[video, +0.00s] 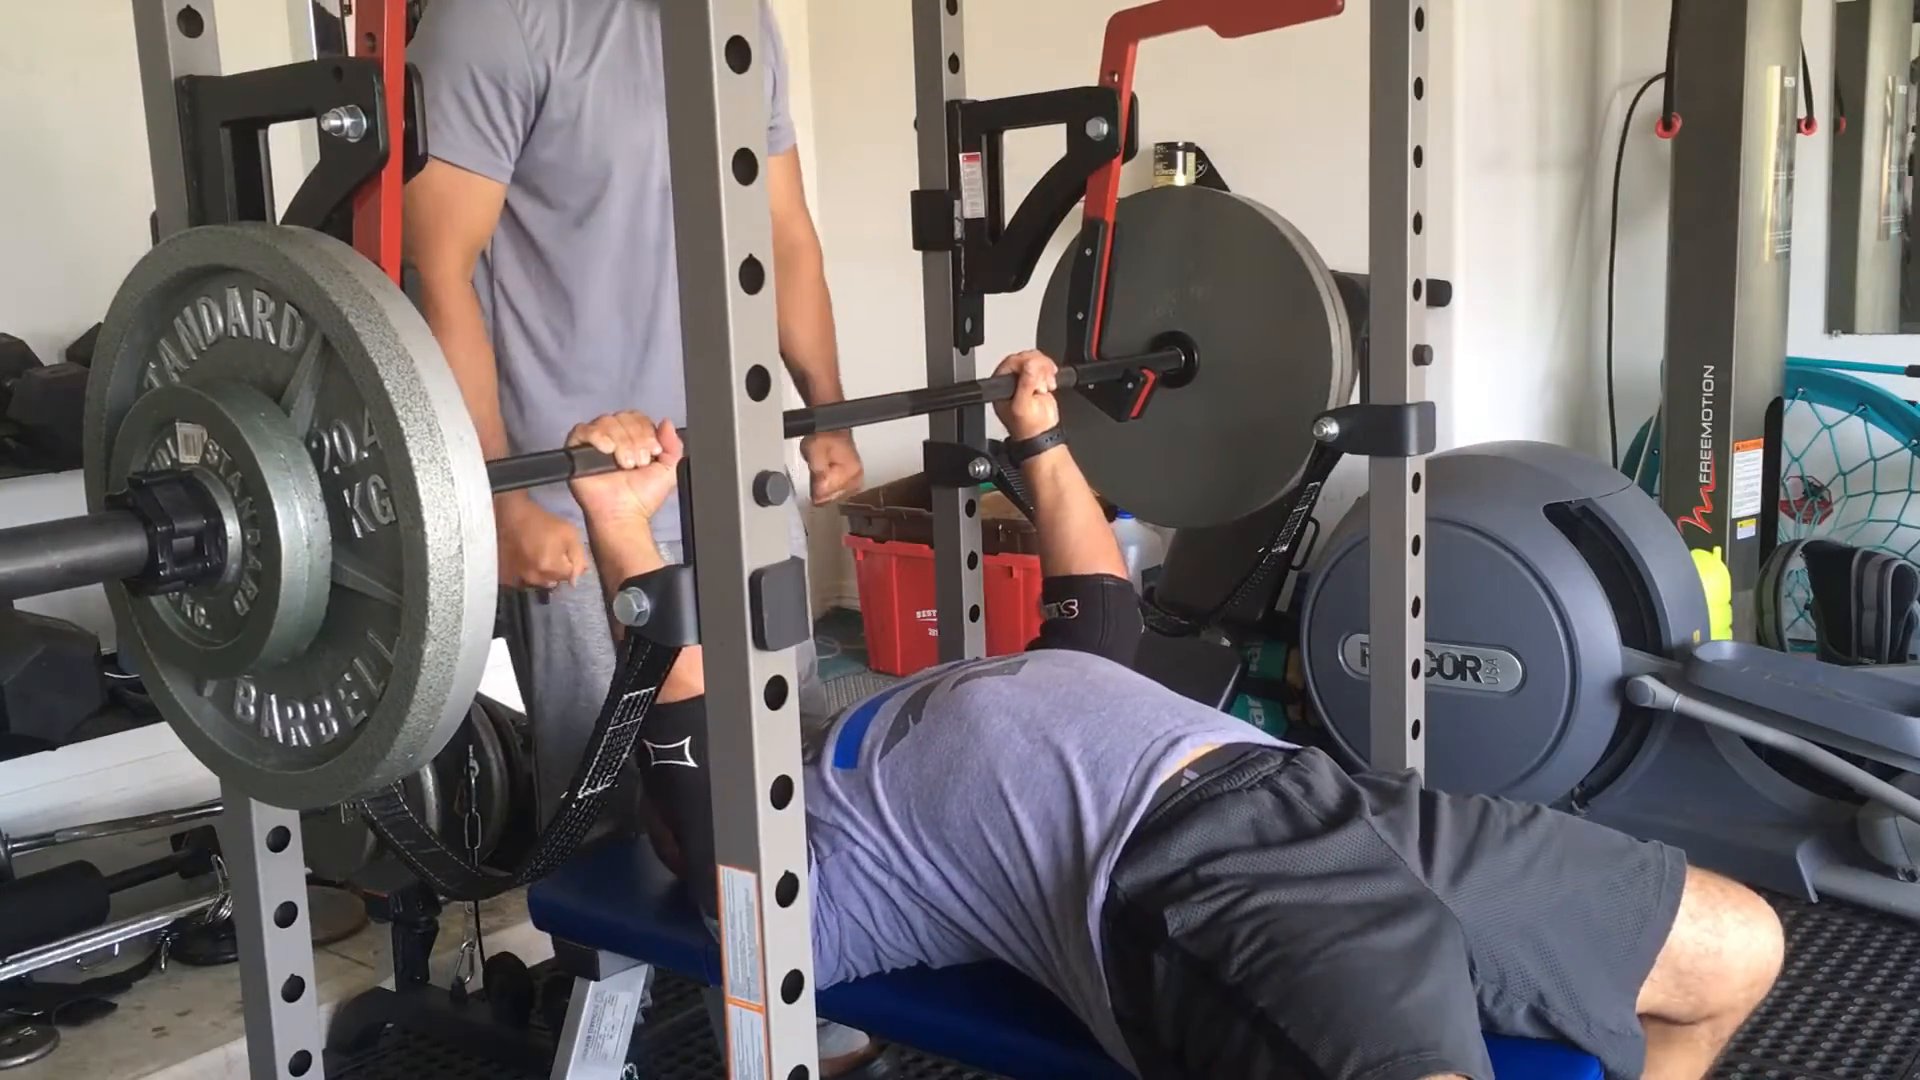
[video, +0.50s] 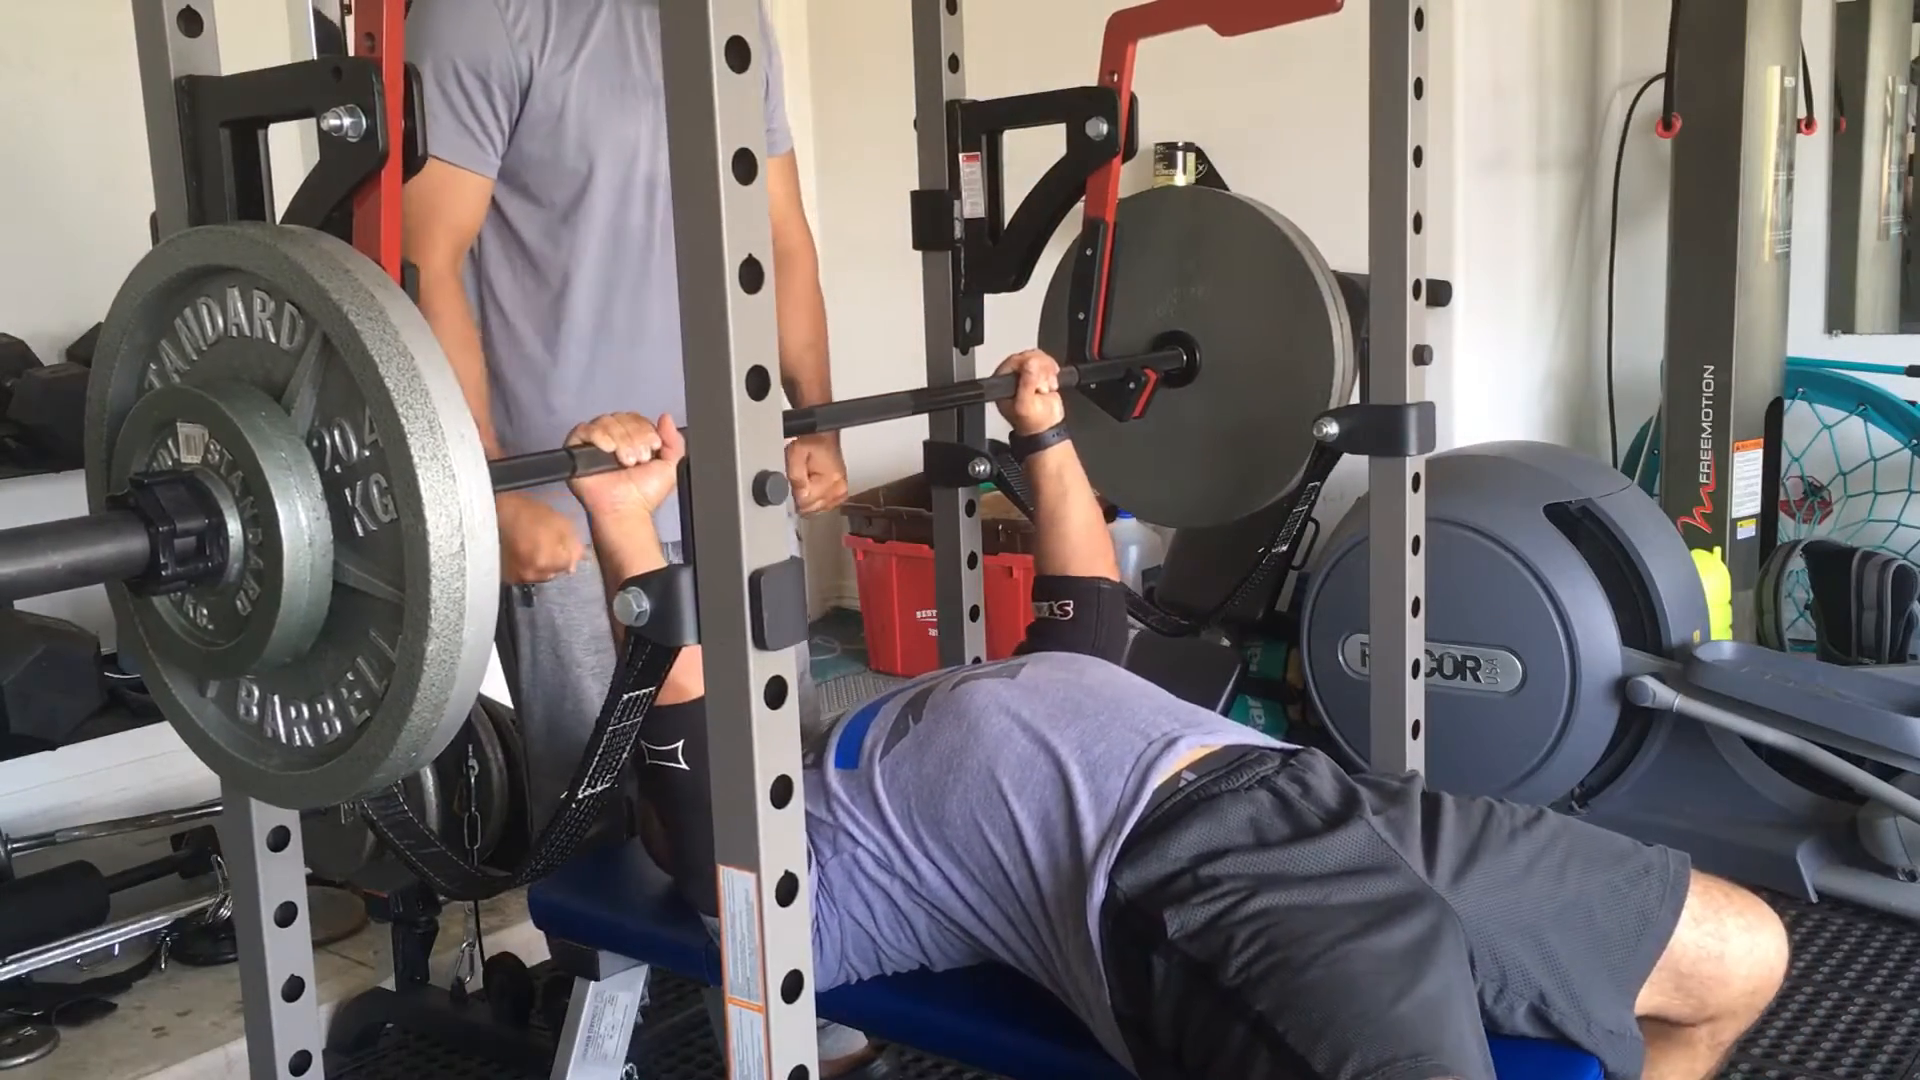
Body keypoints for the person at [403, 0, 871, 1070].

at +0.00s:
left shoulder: (739, 23)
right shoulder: (500, 18)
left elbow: (783, 219)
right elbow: (440, 263)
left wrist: (826, 407)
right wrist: (498, 485)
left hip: (733, 485)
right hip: (577, 508)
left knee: (763, 779)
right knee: (606, 803)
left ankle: (783, 1020)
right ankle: (609, 1037)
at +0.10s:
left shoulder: (741, 22)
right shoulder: (500, 17)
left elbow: (789, 226)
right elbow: (442, 263)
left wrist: (830, 406)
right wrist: (507, 482)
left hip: (733, 494)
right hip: (578, 514)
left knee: (761, 787)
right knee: (602, 804)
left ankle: (785, 1024)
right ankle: (611, 1031)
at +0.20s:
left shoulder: (741, 23)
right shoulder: (500, 16)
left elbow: (789, 230)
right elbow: (441, 264)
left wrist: (828, 406)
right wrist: (512, 478)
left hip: (735, 493)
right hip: (577, 509)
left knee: (766, 779)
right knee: (602, 803)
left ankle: (790, 1020)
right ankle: (608, 1034)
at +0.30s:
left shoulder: (739, 23)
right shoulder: (496, 15)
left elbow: (789, 235)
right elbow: (438, 263)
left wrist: (823, 418)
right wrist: (511, 476)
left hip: (734, 492)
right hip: (575, 508)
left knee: (761, 792)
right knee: (603, 813)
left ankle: (778, 1025)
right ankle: (608, 1035)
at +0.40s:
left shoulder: (735, 23)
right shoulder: (491, 16)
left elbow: (786, 232)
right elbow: (435, 262)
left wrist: (815, 416)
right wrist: (507, 477)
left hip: (733, 489)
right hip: (573, 506)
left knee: (758, 793)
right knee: (602, 807)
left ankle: (774, 1028)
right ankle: (609, 1023)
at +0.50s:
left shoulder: (733, 23)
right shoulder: (490, 15)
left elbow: (782, 227)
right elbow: (430, 261)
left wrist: (814, 420)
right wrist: (486, 488)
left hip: (731, 492)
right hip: (569, 509)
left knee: (759, 795)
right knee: (601, 812)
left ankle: (776, 1026)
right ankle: (609, 1015)